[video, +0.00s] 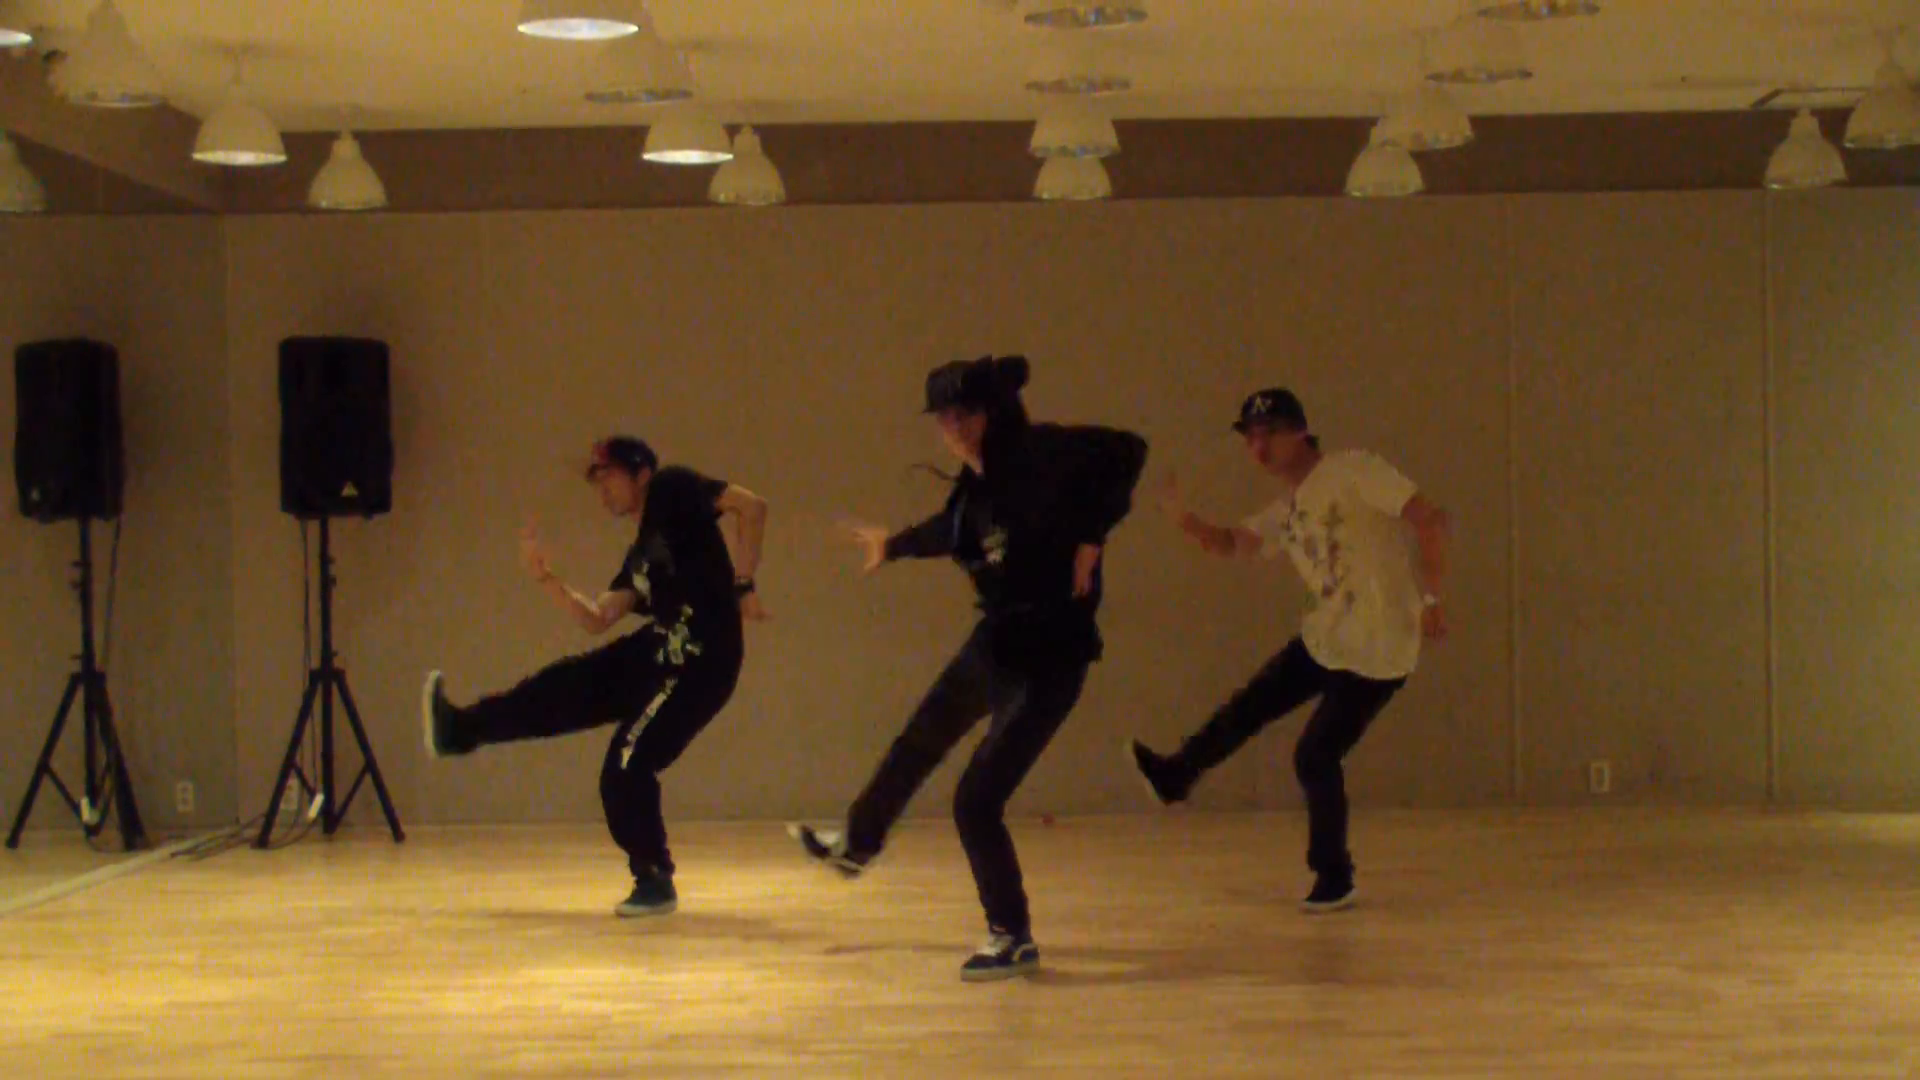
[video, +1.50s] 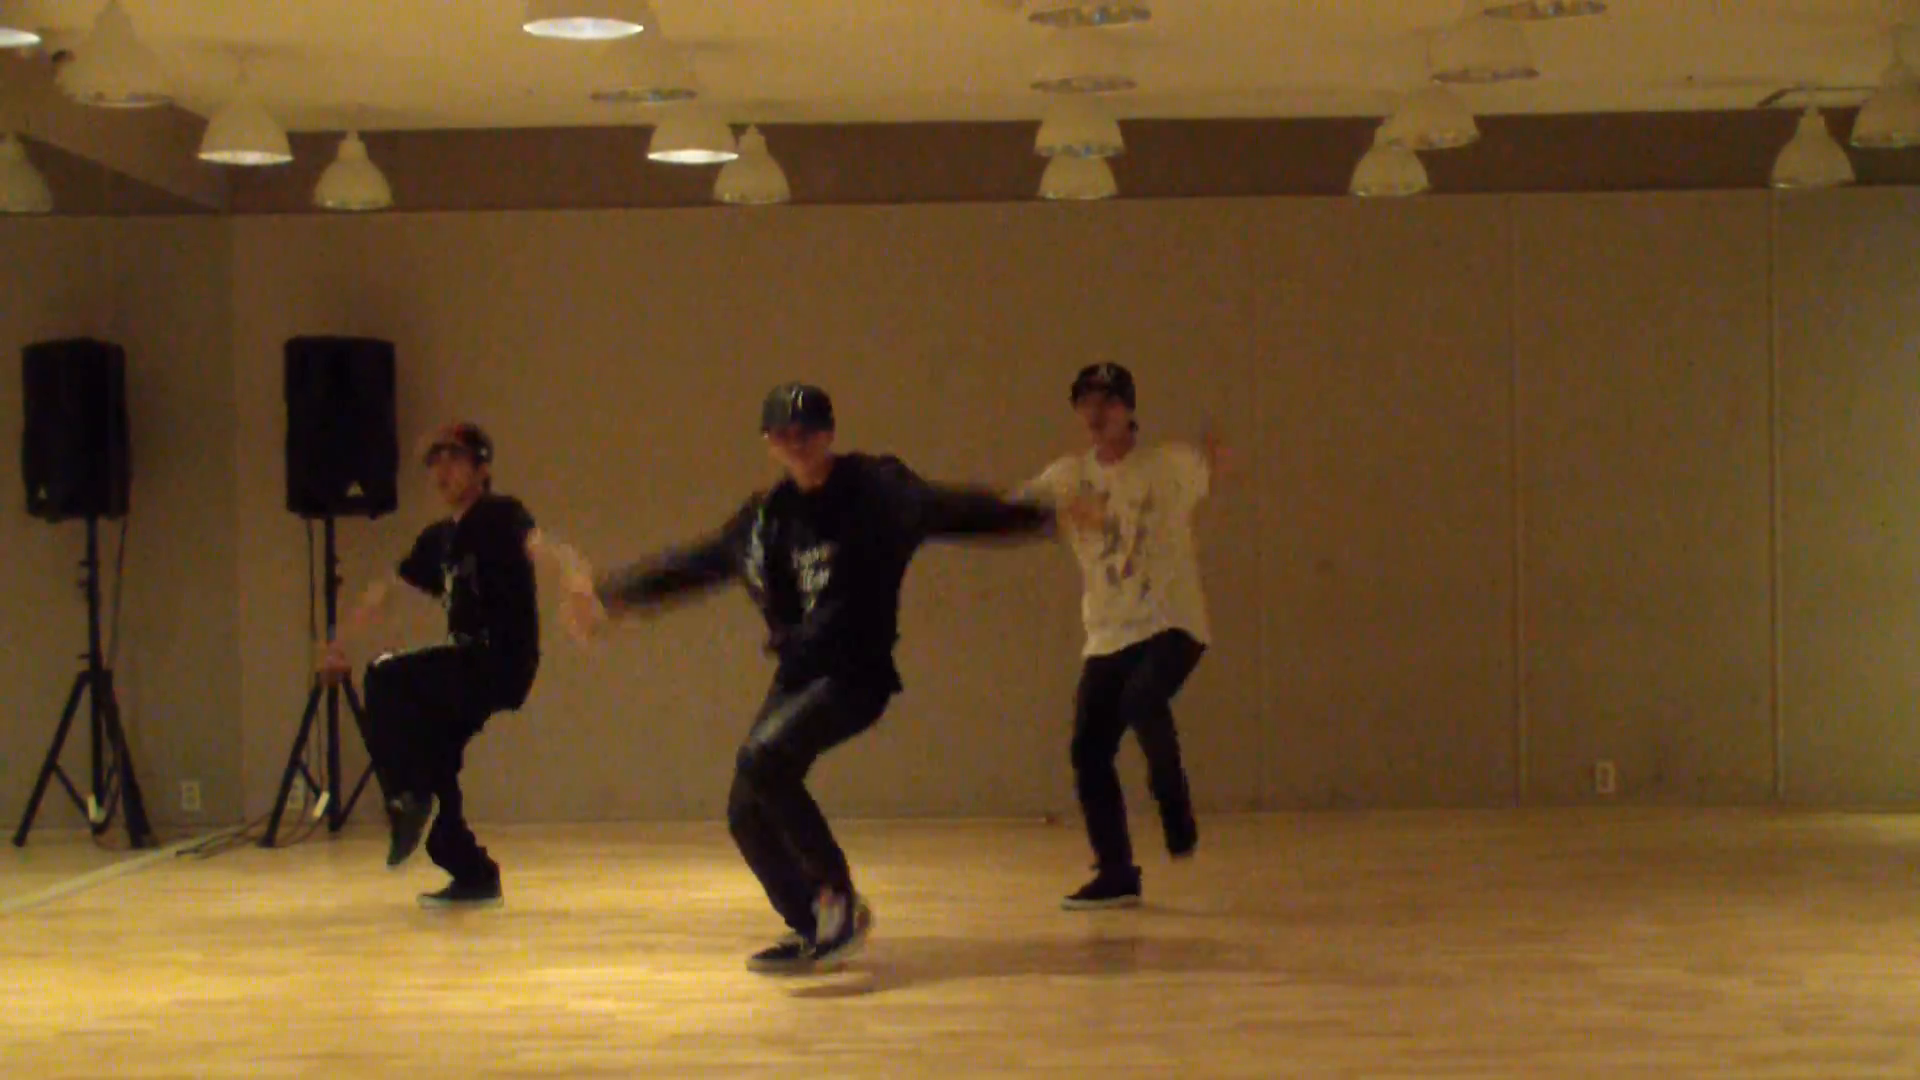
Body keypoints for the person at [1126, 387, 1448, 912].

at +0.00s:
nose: (1256, 449)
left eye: (1265, 435)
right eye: (1250, 439)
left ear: (1296, 433)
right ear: (1250, 444)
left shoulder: (1353, 471)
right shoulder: (1290, 510)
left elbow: (1428, 519)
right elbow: (1235, 543)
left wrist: (1433, 598)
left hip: (1381, 649)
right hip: (1328, 637)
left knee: (1317, 755)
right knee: (1251, 706)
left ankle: (1333, 876)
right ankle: (1178, 774)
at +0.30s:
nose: (1295, 444)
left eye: (1304, 431)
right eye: (1288, 435)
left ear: (1334, 430)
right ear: (1285, 442)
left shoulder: (1382, 474)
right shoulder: (1312, 512)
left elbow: (1458, 531)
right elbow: (1255, 555)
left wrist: (1455, 615)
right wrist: (1204, 591)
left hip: (1414, 649)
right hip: (1372, 654)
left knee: (1341, 751)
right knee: (1373, 768)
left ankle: (1342, 874)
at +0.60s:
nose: (1354, 456)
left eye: (1366, 444)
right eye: (1345, 446)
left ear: (1390, 450)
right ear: (1337, 454)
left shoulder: (1410, 508)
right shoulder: (1342, 522)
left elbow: (1435, 562)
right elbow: (1335, 603)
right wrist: (1316, 590)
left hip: (1411, 686)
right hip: (1357, 693)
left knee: (1443, 807)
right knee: (1353, 812)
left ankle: (1555, 863)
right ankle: (1456, 839)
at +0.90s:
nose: (1208, 465)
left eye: (1220, 454)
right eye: (1205, 455)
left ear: (1250, 461)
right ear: (1203, 460)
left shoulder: (1252, 524)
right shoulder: (1232, 521)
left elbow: (1160, 538)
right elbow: (1166, 540)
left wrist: (1095, 506)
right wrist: (1101, 508)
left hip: (1259, 694)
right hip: (1222, 686)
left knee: (1241, 815)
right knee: (1128, 757)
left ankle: (1369, 876)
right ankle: (1114, 883)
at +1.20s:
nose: (1086, 503)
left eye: (1098, 491)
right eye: (1080, 491)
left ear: (1127, 491)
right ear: (1075, 491)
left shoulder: (1160, 540)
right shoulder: (1099, 534)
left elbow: (1106, 618)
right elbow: (1072, 606)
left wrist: (1051, 675)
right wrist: (1034, 660)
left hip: (1187, 688)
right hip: (1133, 684)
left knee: (1119, 771)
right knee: (1069, 763)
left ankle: (1215, 855)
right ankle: (1112, 874)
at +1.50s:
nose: (1096, 420)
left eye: (1106, 409)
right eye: (1086, 411)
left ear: (1130, 411)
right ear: (1077, 417)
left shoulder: (1170, 465)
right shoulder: (1069, 477)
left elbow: (1204, 477)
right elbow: (1010, 508)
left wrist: (1219, 469)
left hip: (1174, 625)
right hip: (1109, 638)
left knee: (1143, 699)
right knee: (1089, 749)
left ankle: (1174, 811)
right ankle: (1115, 870)